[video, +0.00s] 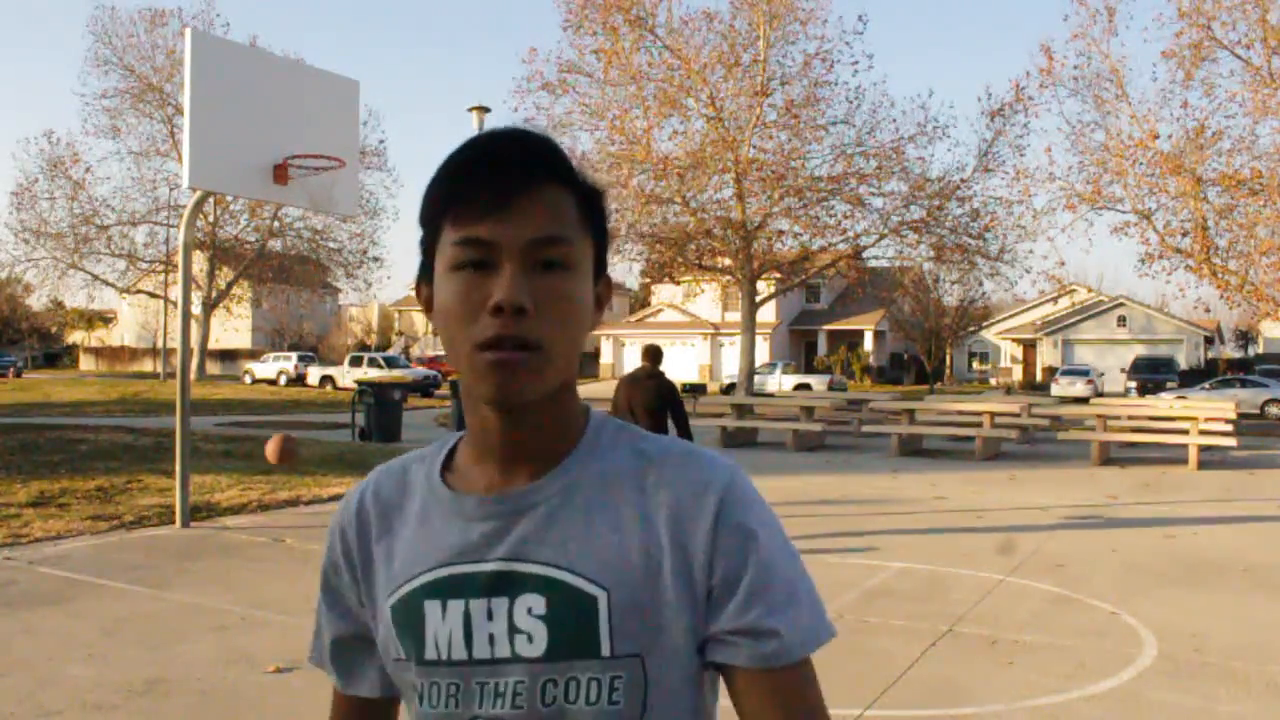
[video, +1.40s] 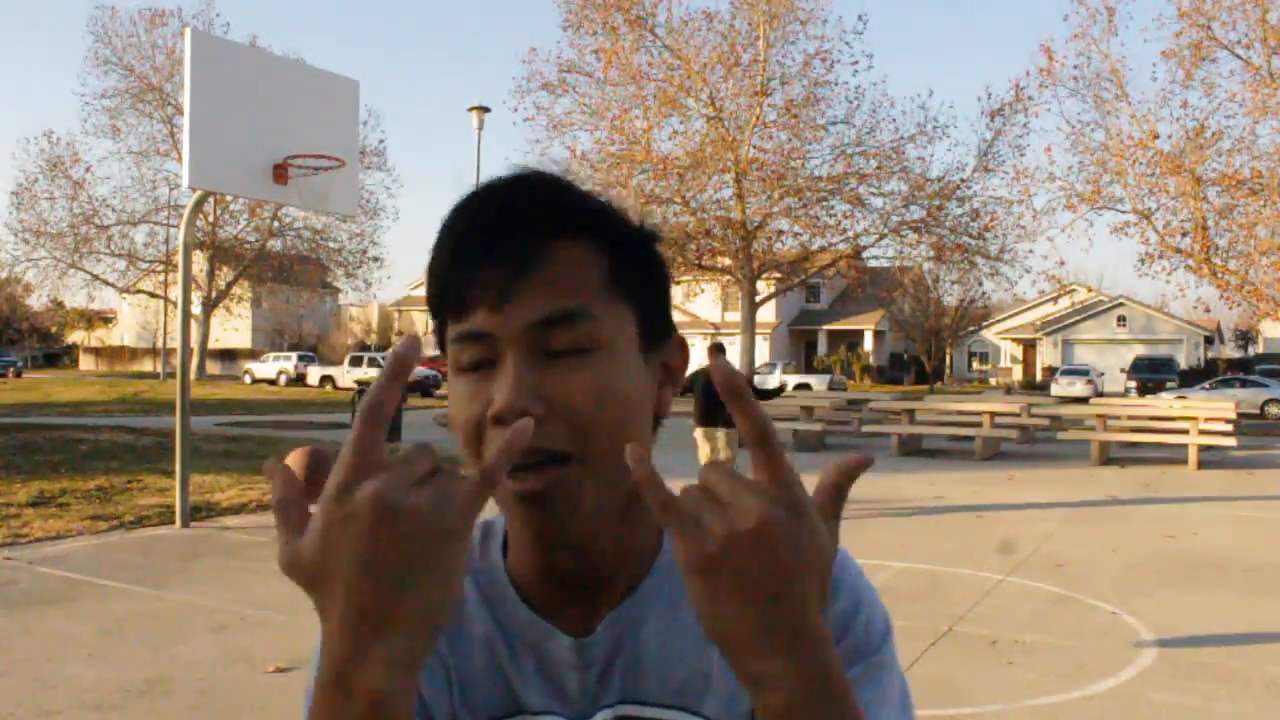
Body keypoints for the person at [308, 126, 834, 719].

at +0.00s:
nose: (509, 297)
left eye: (549, 263)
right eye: (475, 263)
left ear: (600, 303)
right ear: (428, 302)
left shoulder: (705, 505)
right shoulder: (371, 519)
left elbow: (793, 710)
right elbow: (360, 706)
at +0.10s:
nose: (503, 304)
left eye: (540, 270)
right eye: (463, 272)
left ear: (590, 307)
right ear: (411, 315)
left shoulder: (704, 511)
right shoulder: (335, 545)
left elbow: (817, 709)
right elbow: (301, 713)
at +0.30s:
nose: (486, 299)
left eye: (526, 263)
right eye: (443, 260)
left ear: (573, 299)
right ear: (381, 299)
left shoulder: (681, 519)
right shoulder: (272, 559)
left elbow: (793, 713)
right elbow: (204, 712)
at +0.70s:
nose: (544, 346)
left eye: (589, 305)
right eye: (501, 305)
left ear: (640, 345)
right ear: (439, 346)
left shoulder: (720, 566)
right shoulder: (355, 566)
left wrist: (763, 587)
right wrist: (310, 560)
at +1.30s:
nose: (585, 393)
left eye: (628, 348)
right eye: (536, 352)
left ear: (688, 383)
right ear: (471, 393)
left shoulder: (778, 584)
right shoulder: (411, 605)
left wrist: (841, 547)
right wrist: (347, 567)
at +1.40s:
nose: (510, 401)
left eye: (564, 348)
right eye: (475, 361)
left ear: (664, 371)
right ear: (446, 392)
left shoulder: (798, 589)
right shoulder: (396, 605)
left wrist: (792, 664)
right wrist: (362, 662)